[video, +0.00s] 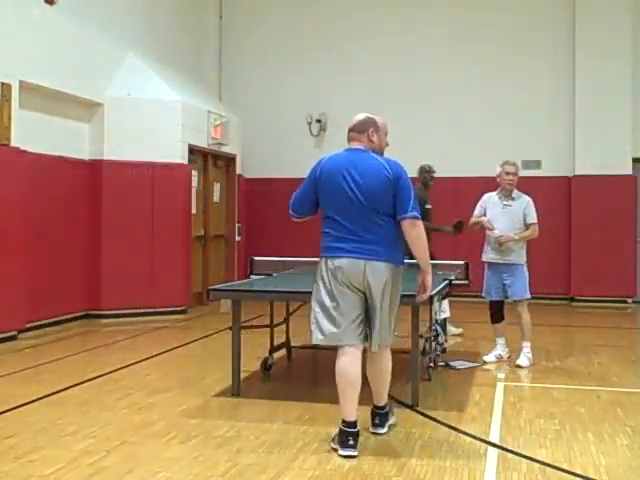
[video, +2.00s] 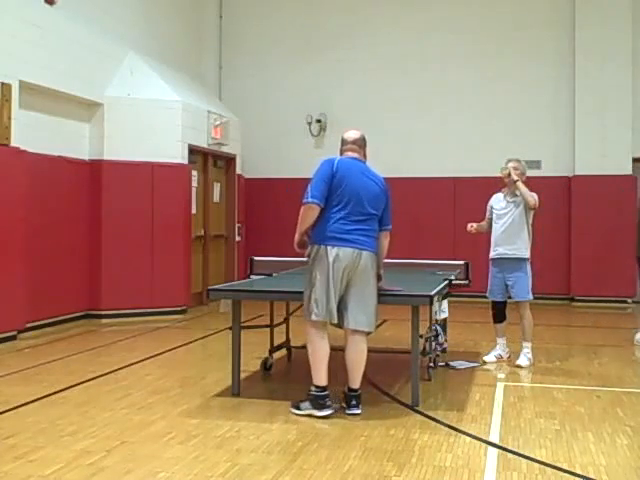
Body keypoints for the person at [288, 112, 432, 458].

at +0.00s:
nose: (386, 142)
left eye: (386, 135)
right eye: (385, 136)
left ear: (351, 135)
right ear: (372, 135)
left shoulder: (325, 166)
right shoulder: (392, 169)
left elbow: (297, 210)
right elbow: (410, 221)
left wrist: (326, 192)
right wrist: (426, 269)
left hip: (339, 265)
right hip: (382, 268)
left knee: (348, 347)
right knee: (380, 344)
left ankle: (347, 434)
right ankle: (380, 416)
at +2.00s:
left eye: (343, 142)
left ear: (341, 148)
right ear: (365, 152)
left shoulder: (331, 165)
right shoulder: (380, 182)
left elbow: (313, 205)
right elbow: (384, 233)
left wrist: (300, 234)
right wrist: (378, 267)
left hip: (330, 251)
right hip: (367, 257)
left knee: (317, 323)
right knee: (358, 329)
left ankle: (319, 397)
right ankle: (353, 398)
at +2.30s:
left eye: (329, 143)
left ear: (325, 148)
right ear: (350, 151)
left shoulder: (316, 169)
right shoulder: (368, 178)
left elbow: (298, 213)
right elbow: (385, 224)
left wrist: (281, 250)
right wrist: (363, 244)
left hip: (321, 256)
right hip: (357, 258)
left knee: (305, 327)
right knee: (352, 330)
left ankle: (294, 400)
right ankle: (353, 398)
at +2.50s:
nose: (302, 152)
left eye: (302, 148)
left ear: (304, 150)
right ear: (329, 148)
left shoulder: (300, 171)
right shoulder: (351, 175)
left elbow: (284, 218)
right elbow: (369, 222)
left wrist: (265, 257)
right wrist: (352, 245)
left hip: (307, 259)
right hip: (343, 260)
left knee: (299, 328)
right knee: (344, 330)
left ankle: (293, 402)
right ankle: (352, 398)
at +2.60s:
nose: (290, 158)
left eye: (288, 154)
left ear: (291, 152)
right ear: (315, 146)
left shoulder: (292, 172)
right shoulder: (342, 174)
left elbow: (277, 220)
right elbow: (360, 220)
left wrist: (259, 259)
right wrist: (351, 248)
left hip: (300, 258)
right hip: (334, 259)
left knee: (295, 329)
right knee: (337, 329)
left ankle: (292, 403)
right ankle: (351, 397)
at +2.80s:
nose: (269, 163)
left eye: (268, 159)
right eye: (268, 159)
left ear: (272, 154)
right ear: (293, 145)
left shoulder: (277, 173)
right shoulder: (326, 172)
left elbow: (265, 223)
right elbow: (342, 217)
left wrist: (247, 264)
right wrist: (327, 250)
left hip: (289, 259)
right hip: (320, 259)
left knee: (288, 329)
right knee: (321, 328)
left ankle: (292, 403)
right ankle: (338, 395)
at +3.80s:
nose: (200, 170)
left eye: (198, 165)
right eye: (198, 166)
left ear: (203, 155)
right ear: (222, 150)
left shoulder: (216, 163)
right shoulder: (247, 170)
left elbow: (227, 185)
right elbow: (271, 209)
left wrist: (213, 216)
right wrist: (257, 240)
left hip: (233, 249)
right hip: (257, 251)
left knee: (202, 317)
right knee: (245, 322)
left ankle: (214, 391)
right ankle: (244, 391)